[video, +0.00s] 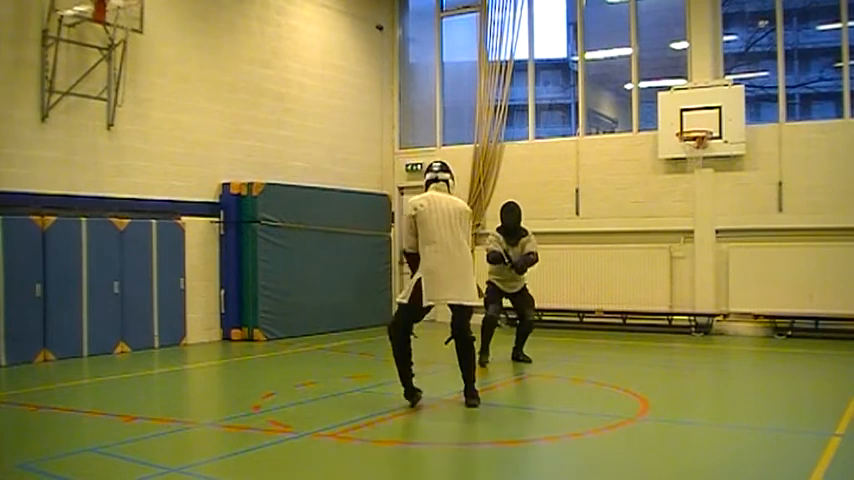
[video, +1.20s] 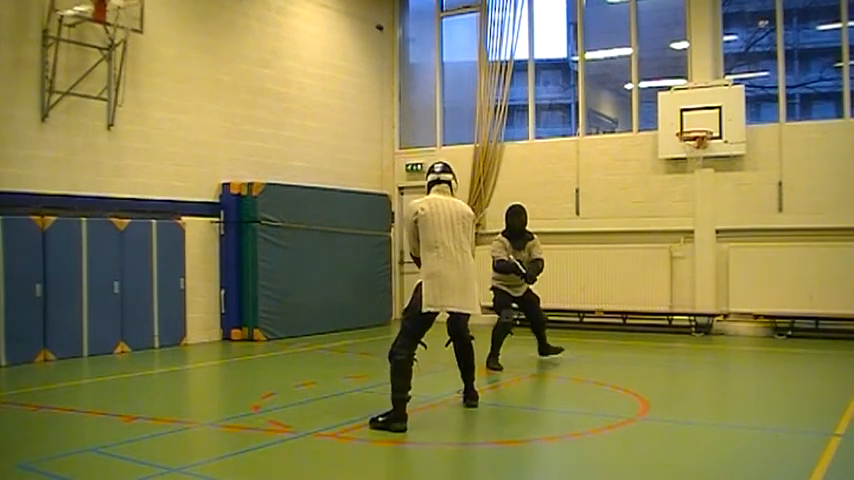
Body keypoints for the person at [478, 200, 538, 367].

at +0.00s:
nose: (510, 232)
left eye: (513, 228)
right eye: (507, 228)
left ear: (519, 222)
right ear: (502, 223)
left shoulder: (527, 236)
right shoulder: (496, 236)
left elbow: (533, 256)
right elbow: (491, 257)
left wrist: (522, 263)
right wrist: (507, 257)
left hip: (517, 285)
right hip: (496, 284)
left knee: (528, 318)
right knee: (492, 314)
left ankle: (518, 351)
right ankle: (484, 351)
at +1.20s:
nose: (517, 223)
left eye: (520, 219)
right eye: (513, 219)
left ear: (526, 221)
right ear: (507, 221)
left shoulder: (532, 240)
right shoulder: (500, 242)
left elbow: (538, 261)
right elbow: (498, 264)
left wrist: (530, 272)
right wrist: (515, 266)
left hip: (523, 289)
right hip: (502, 288)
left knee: (537, 316)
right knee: (506, 318)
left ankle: (543, 345)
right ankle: (493, 356)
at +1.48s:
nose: (538, 219)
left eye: (541, 215)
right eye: (534, 215)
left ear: (547, 218)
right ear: (528, 218)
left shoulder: (553, 238)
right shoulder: (521, 239)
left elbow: (558, 259)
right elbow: (518, 260)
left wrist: (549, 268)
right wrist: (531, 263)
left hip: (544, 288)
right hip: (524, 288)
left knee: (559, 319)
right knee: (519, 320)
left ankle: (553, 349)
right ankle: (500, 355)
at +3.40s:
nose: (643, 219)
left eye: (646, 214)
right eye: (640, 215)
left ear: (653, 214)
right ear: (635, 216)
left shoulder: (663, 233)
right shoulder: (630, 234)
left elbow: (671, 256)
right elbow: (622, 256)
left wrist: (655, 260)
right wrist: (637, 256)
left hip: (657, 285)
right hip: (636, 286)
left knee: (671, 322)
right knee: (641, 319)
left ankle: (660, 349)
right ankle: (637, 358)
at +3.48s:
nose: (646, 222)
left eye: (649, 218)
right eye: (643, 218)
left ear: (656, 216)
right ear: (638, 218)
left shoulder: (666, 234)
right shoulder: (633, 235)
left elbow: (674, 257)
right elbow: (625, 258)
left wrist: (659, 260)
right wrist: (640, 256)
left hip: (660, 286)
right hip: (638, 286)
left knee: (671, 321)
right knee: (642, 319)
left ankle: (666, 353)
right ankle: (638, 358)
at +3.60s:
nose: (645, 223)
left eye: (648, 219)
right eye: (642, 219)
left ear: (657, 218)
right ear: (639, 220)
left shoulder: (670, 239)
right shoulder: (634, 240)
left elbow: (679, 261)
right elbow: (626, 265)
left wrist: (664, 265)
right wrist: (639, 257)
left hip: (662, 290)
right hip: (640, 289)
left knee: (671, 323)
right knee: (638, 317)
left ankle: (667, 353)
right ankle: (633, 354)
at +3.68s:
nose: (648, 231)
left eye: (650, 226)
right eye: (644, 227)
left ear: (656, 222)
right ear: (638, 224)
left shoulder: (668, 240)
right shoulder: (632, 242)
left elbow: (674, 263)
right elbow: (622, 268)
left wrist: (660, 273)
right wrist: (637, 260)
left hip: (661, 291)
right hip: (639, 291)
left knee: (670, 326)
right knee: (635, 319)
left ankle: (666, 353)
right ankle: (629, 356)